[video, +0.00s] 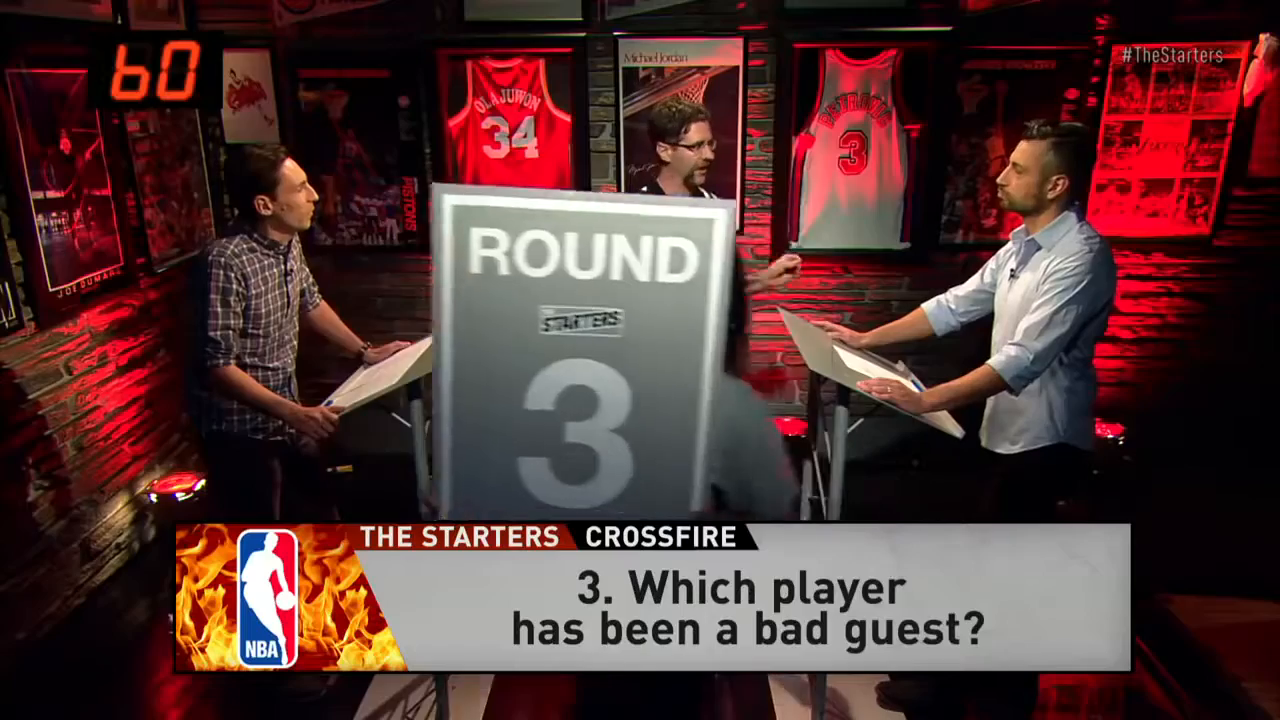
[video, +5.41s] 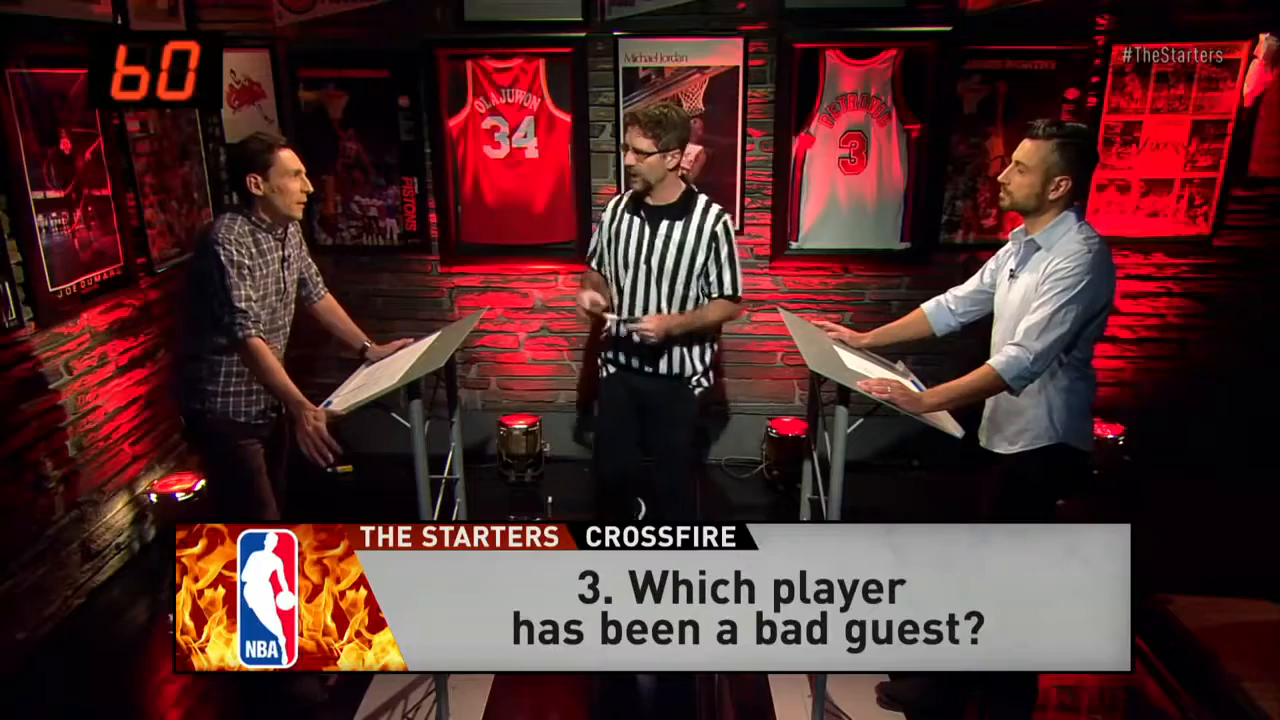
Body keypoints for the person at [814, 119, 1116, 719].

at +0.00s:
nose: (1002, 176)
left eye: (1016, 170)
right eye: (1007, 165)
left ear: (1055, 189)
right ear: (1044, 186)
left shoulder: (1083, 258)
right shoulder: (1025, 244)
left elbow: (1023, 358)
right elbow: (954, 306)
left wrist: (928, 398)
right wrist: (867, 339)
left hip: (1043, 446)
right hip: (1000, 433)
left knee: (1009, 579)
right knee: (973, 562)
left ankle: (999, 704)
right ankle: (940, 683)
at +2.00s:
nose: (1004, 176)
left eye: (1019, 169)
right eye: (1009, 164)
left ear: (1057, 188)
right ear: (1046, 185)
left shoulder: (1082, 259)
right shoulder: (1025, 244)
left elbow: (1023, 360)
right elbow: (955, 306)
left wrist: (928, 398)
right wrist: (868, 339)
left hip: (1043, 445)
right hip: (1002, 433)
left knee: (1006, 578)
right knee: (977, 564)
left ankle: (1001, 705)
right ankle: (942, 683)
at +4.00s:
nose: (1007, 172)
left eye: (1022, 166)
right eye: (1013, 161)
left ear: (1059, 188)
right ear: (1048, 183)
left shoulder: (1082, 259)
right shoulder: (1024, 243)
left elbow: (1022, 360)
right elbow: (954, 306)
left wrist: (928, 398)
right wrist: (868, 339)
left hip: (1041, 445)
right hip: (999, 433)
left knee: (1008, 578)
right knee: (975, 561)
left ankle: (999, 703)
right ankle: (940, 682)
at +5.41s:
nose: (1004, 175)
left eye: (1019, 169)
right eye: (1009, 164)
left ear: (1057, 189)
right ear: (1044, 185)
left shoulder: (1082, 259)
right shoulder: (1024, 243)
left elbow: (1022, 361)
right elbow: (954, 307)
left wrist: (927, 398)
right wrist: (867, 339)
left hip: (1042, 445)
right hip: (999, 433)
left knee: (1006, 579)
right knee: (969, 560)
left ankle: (1000, 705)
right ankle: (940, 683)